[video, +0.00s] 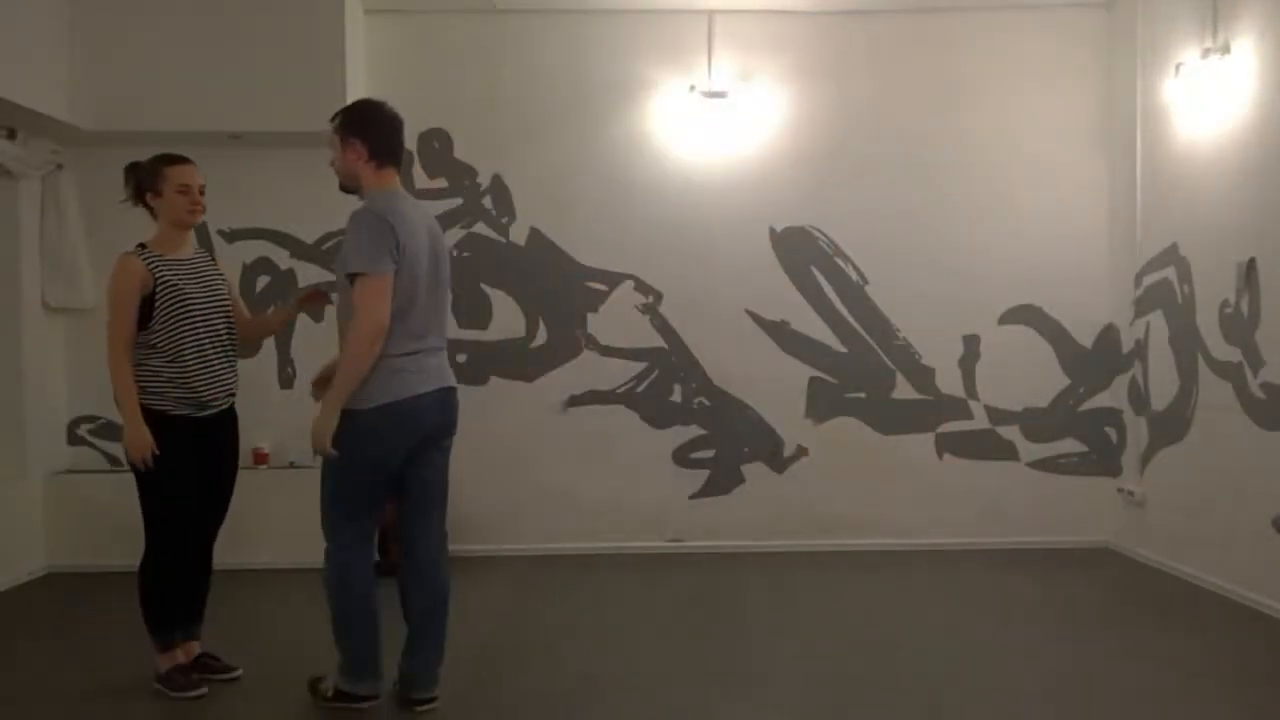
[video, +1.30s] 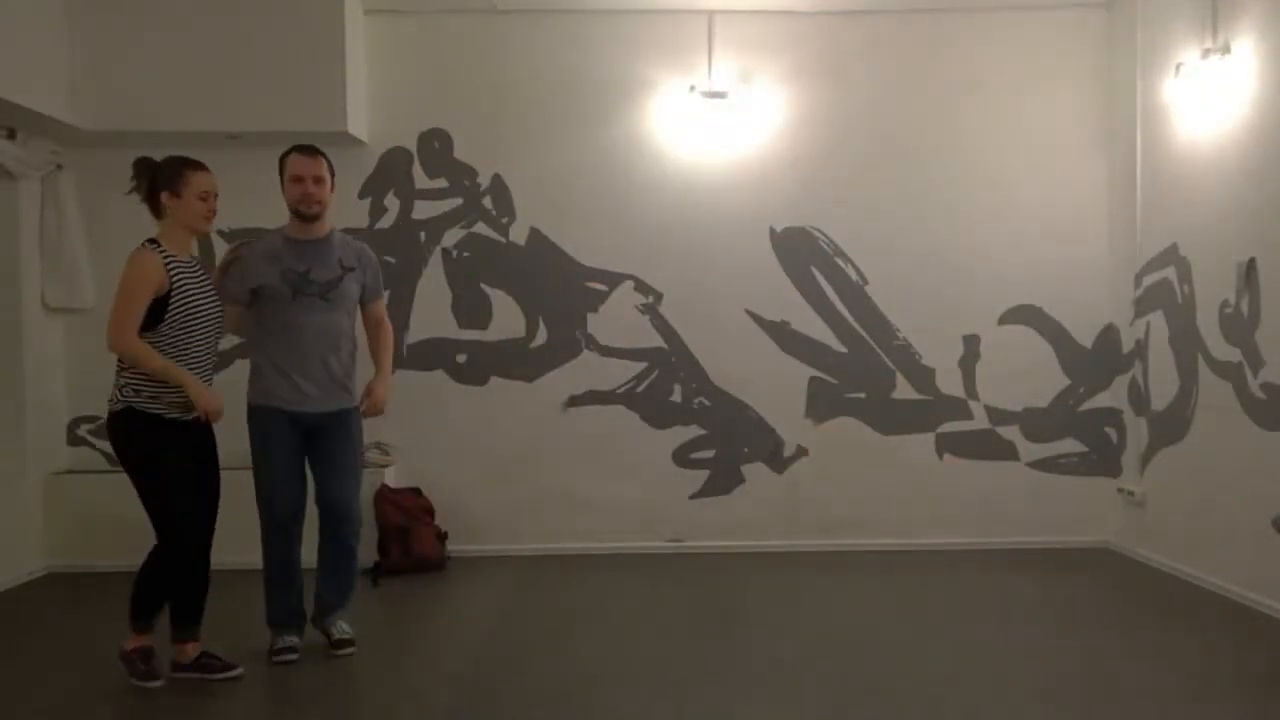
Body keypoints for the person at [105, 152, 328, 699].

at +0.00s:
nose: (197, 199)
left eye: (201, 191)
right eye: (185, 191)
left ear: (203, 199)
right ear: (154, 199)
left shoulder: (208, 266)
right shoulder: (136, 266)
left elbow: (247, 337)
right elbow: (119, 350)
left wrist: (295, 306)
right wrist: (132, 422)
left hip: (217, 422)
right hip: (165, 426)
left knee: (200, 539)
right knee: (167, 542)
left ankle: (189, 650)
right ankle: (167, 660)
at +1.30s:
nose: (214, 208)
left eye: (215, 198)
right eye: (204, 198)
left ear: (206, 203)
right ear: (168, 200)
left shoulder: (195, 263)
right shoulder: (150, 260)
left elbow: (204, 327)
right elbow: (121, 337)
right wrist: (190, 383)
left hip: (189, 418)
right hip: (144, 419)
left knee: (198, 533)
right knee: (175, 533)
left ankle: (187, 649)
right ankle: (138, 641)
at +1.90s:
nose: (251, 212)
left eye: (253, 203)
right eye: (243, 202)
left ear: (223, 207)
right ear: (208, 201)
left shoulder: (220, 265)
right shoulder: (182, 263)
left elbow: (224, 330)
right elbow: (156, 347)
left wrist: (254, 279)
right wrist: (142, 431)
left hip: (214, 423)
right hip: (184, 423)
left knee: (204, 534)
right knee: (240, 526)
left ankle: (179, 649)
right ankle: (184, 640)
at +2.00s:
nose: (266, 210)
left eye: (267, 201)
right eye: (257, 200)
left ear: (234, 204)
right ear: (222, 199)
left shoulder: (235, 263)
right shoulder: (195, 262)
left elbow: (237, 316)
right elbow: (153, 338)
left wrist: (271, 270)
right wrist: (127, 415)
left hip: (222, 421)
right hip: (194, 422)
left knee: (196, 540)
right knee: (258, 528)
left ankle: (174, 654)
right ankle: (245, 658)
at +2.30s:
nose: (303, 208)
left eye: (305, 199)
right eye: (296, 197)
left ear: (270, 200)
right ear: (261, 197)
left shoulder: (280, 259)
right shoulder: (227, 265)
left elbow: (288, 306)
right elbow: (194, 349)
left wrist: (317, 264)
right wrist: (174, 426)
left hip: (282, 419)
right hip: (244, 422)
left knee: (281, 539)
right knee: (282, 540)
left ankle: (197, 630)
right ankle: (281, 667)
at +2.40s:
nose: (312, 211)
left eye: (314, 202)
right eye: (304, 201)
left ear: (281, 205)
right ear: (269, 201)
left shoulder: (291, 264)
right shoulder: (244, 273)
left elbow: (302, 310)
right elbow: (224, 364)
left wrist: (329, 268)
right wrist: (224, 442)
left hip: (301, 426)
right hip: (262, 429)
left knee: (328, 537)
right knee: (293, 544)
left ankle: (235, 615)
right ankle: (282, 667)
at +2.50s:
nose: (321, 208)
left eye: (321, 199)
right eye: (312, 198)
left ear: (291, 204)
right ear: (277, 200)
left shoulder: (299, 262)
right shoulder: (255, 270)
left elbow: (306, 316)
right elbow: (257, 363)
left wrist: (339, 269)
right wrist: (288, 431)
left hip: (307, 420)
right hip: (263, 425)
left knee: (353, 530)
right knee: (297, 544)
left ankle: (286, 629)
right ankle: (281, 665)